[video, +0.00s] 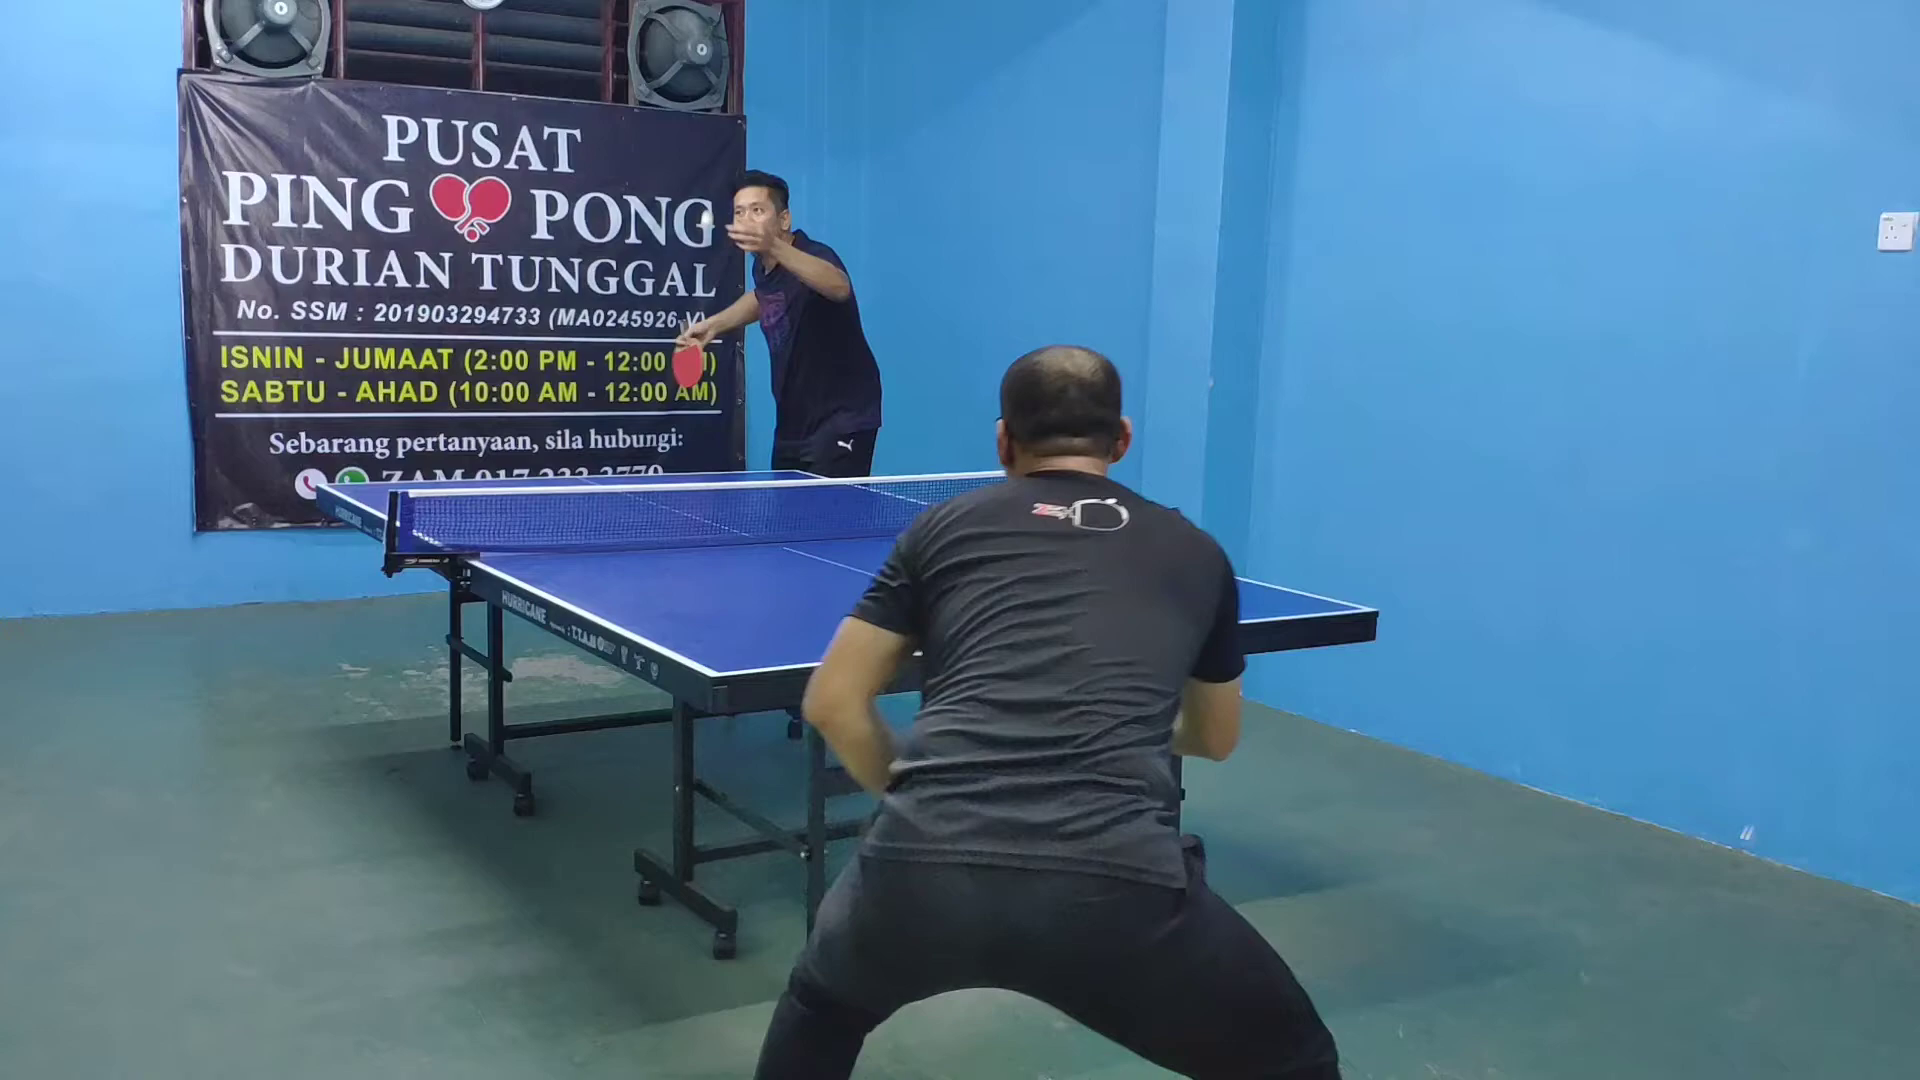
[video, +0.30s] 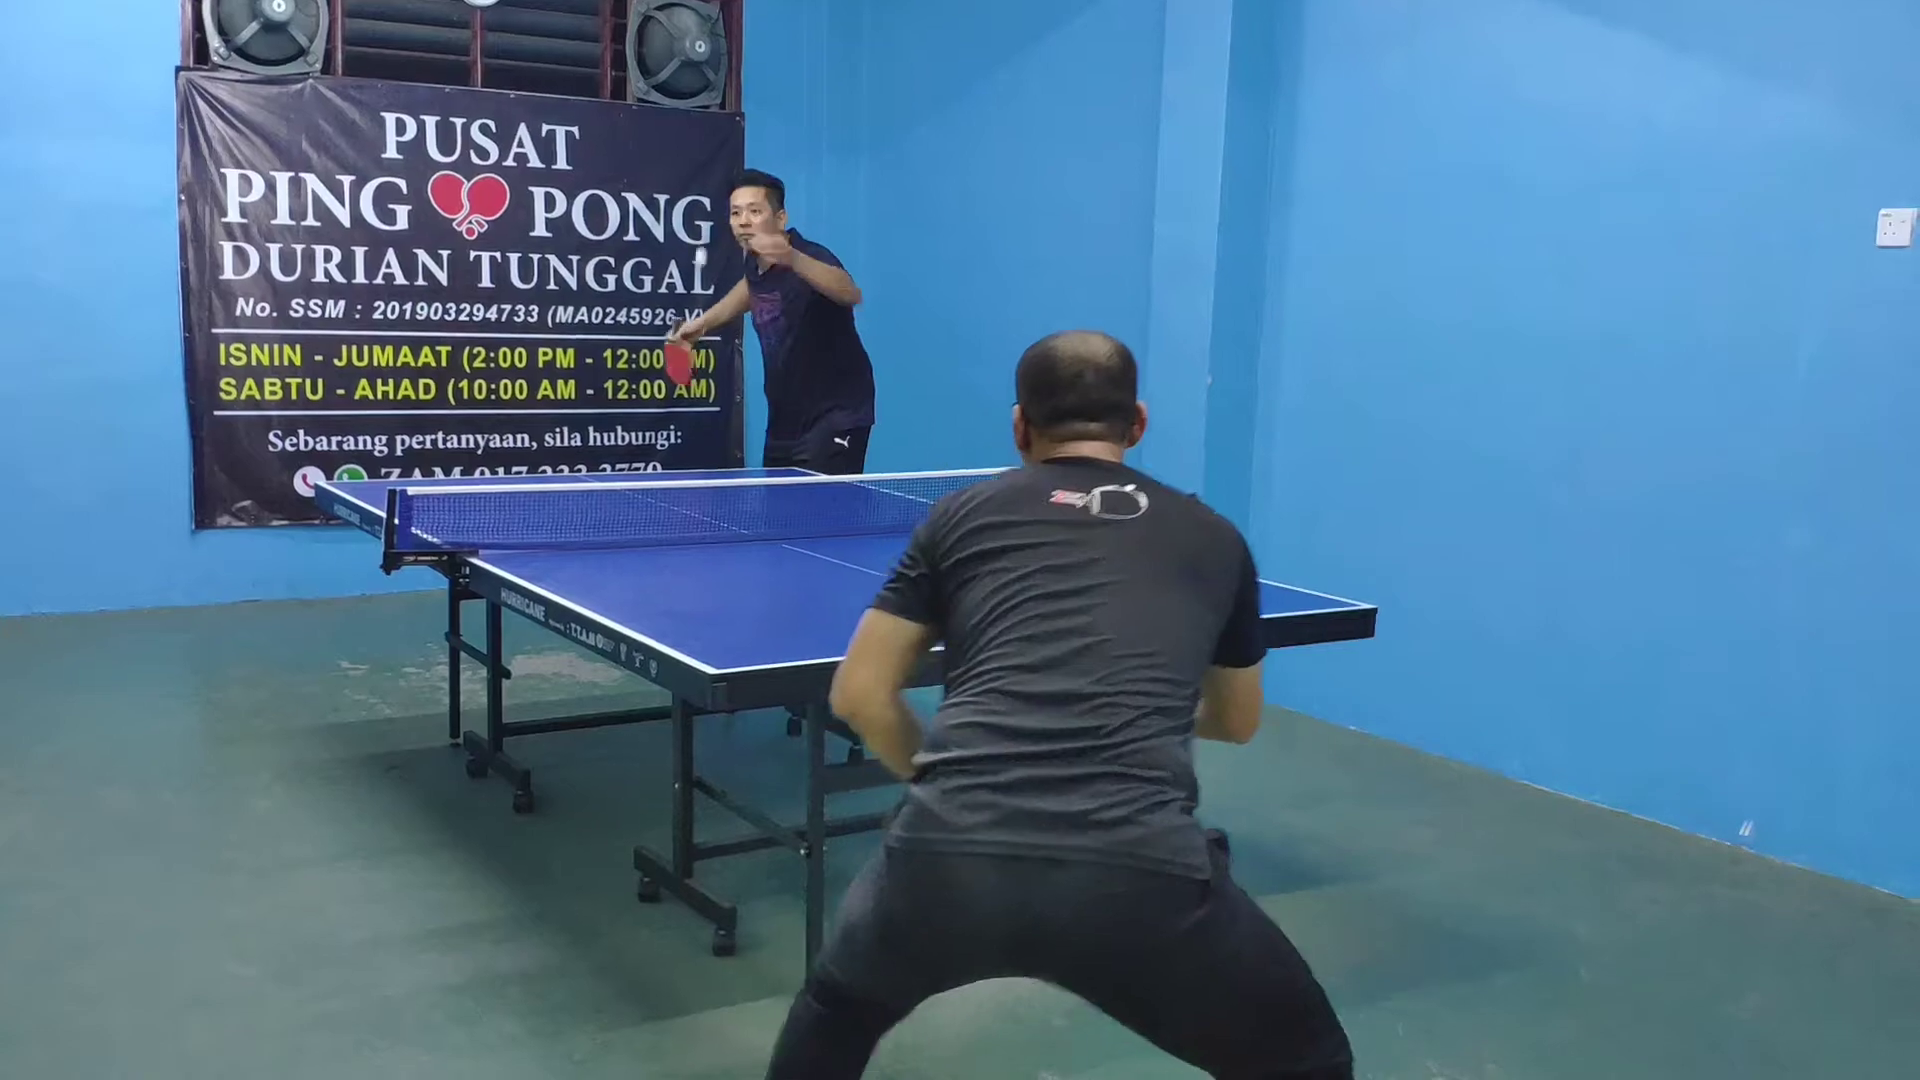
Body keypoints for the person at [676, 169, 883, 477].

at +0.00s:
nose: (747, 221)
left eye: (758, 210)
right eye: (739, 213)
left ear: (783, 219)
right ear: (734, 221)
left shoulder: (813, 255)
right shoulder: (762, 266)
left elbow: (841, 288)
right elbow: (762, 299)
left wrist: (776, 246)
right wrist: (712, 326)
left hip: (843, 416)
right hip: (794, 418)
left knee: (828, 518)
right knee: (783, 519)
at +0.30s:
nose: (743, 222)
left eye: (755, 211)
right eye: (736, 213)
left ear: (780, 218)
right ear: (730, 221)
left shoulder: (811, 255)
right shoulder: (754, 264)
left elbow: (850, 294)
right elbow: (750, 290)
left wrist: (792, 258)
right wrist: (703, 324)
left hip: (837, 412)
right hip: (786, 415)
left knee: (821, 515)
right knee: (776, 515)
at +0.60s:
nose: (740, 206)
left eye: (752, 197)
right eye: (732, 195)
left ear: (771, 204)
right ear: (720, 199)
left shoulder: (804, 252)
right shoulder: (704, 247)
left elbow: (851, 289)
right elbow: (669, 307)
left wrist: (870, 301)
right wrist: (694, 294)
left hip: (792, 400)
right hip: (732, 398)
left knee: (784, 500)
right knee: (730, 500)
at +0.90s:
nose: (685, 187)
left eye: (695, 178)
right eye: (675, 178)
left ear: (713, 186)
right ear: (659, 185)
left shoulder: (742, 241)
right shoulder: (638, 238)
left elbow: (785, 291)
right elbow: (601, 296)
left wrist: (800, 314)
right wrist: (622, 303)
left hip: (724, 403)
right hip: (653, 400)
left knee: (738, 508)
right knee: (606, 498)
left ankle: (747, 606)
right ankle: (556, 606)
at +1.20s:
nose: (626, 176)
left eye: (635, 167)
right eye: (616, 167)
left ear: (652, 172)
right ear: (602, 173)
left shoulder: (687, 227)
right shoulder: (577, 229)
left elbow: (737, 283)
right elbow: (560, 288)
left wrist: (716, 311)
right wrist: (568, 327)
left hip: (674, 387)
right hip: (602, 384)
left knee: (683, 486)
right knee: (572, 484)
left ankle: (690, 594)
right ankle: (543, 591)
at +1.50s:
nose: (679, 200)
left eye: (689, 189)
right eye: (669, 190)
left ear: (711, 189)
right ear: (657, 191)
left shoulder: (732, 240)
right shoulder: (645, 220)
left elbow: (786, 291)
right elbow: (613, 234)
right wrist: (579, 288)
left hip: (730, 399)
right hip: (659, 395)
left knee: (746, 503)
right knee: (608, 492)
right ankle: (552, 590)